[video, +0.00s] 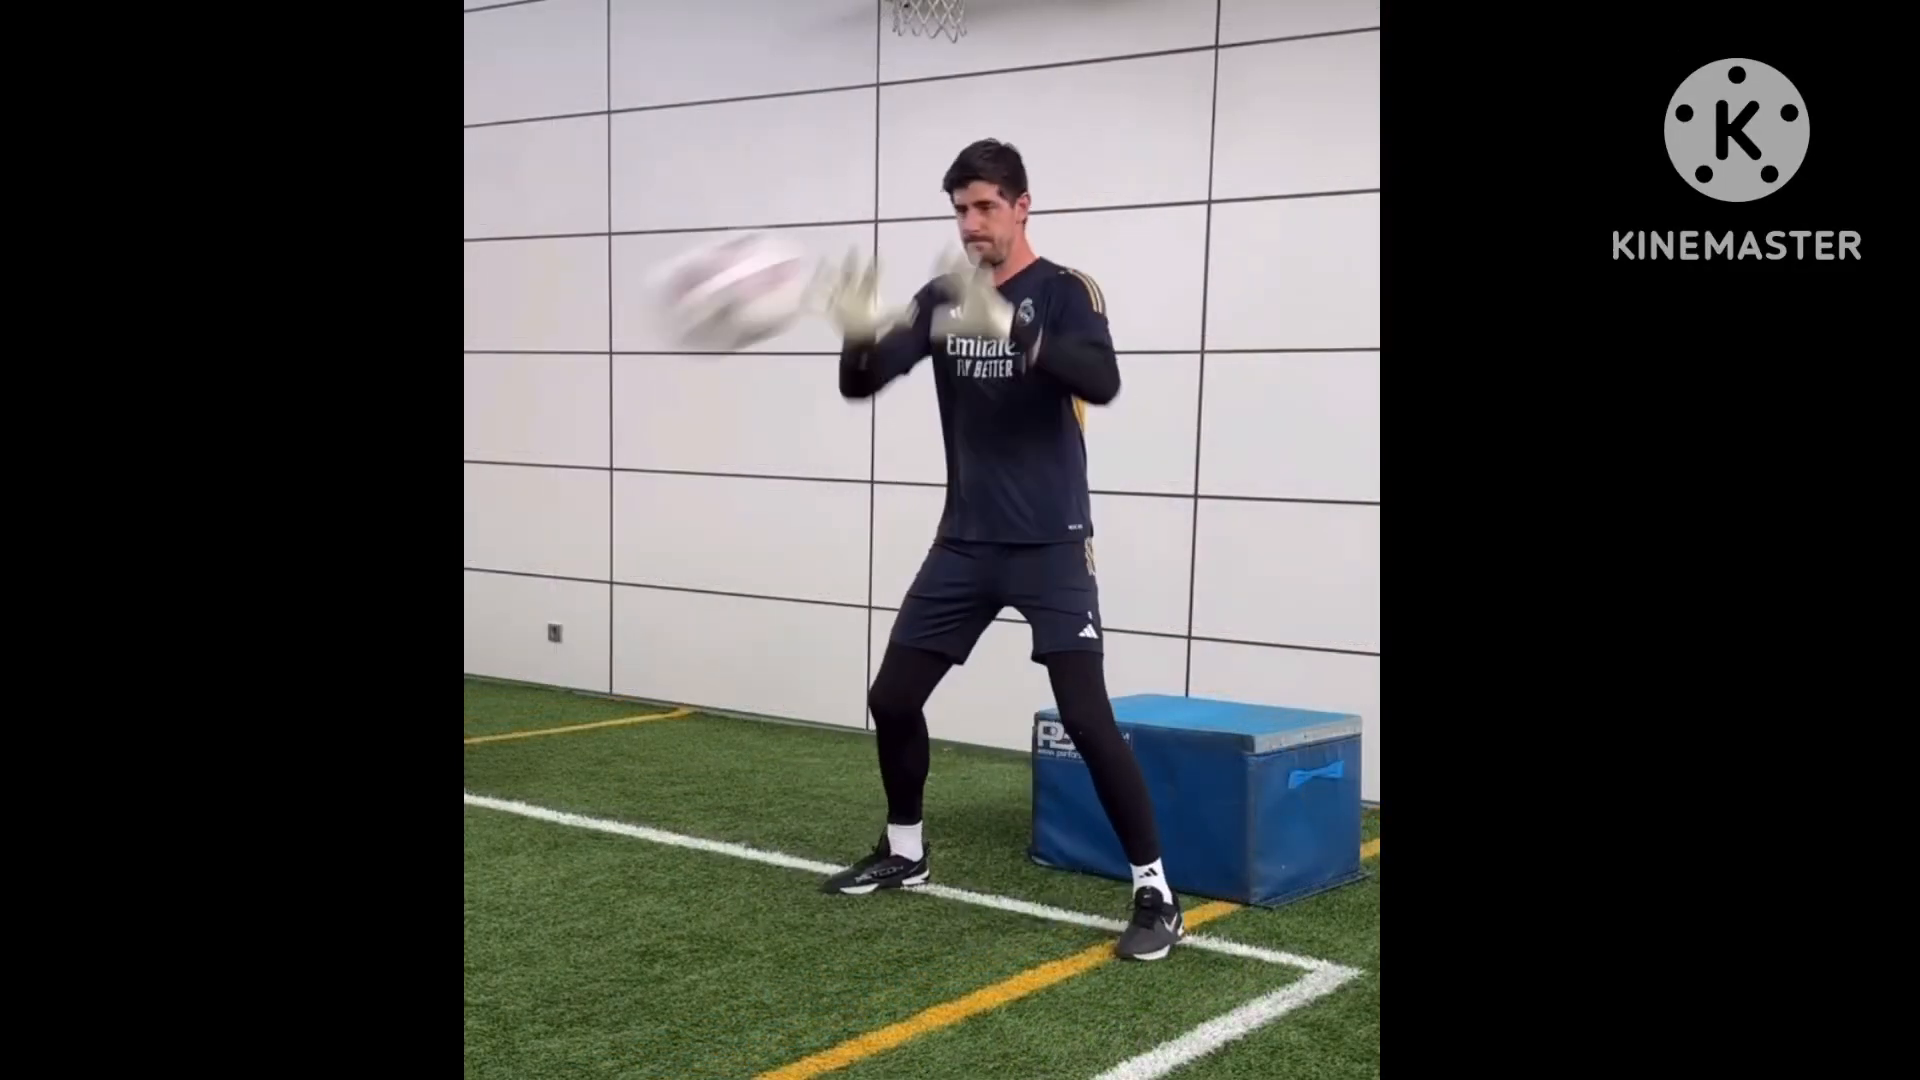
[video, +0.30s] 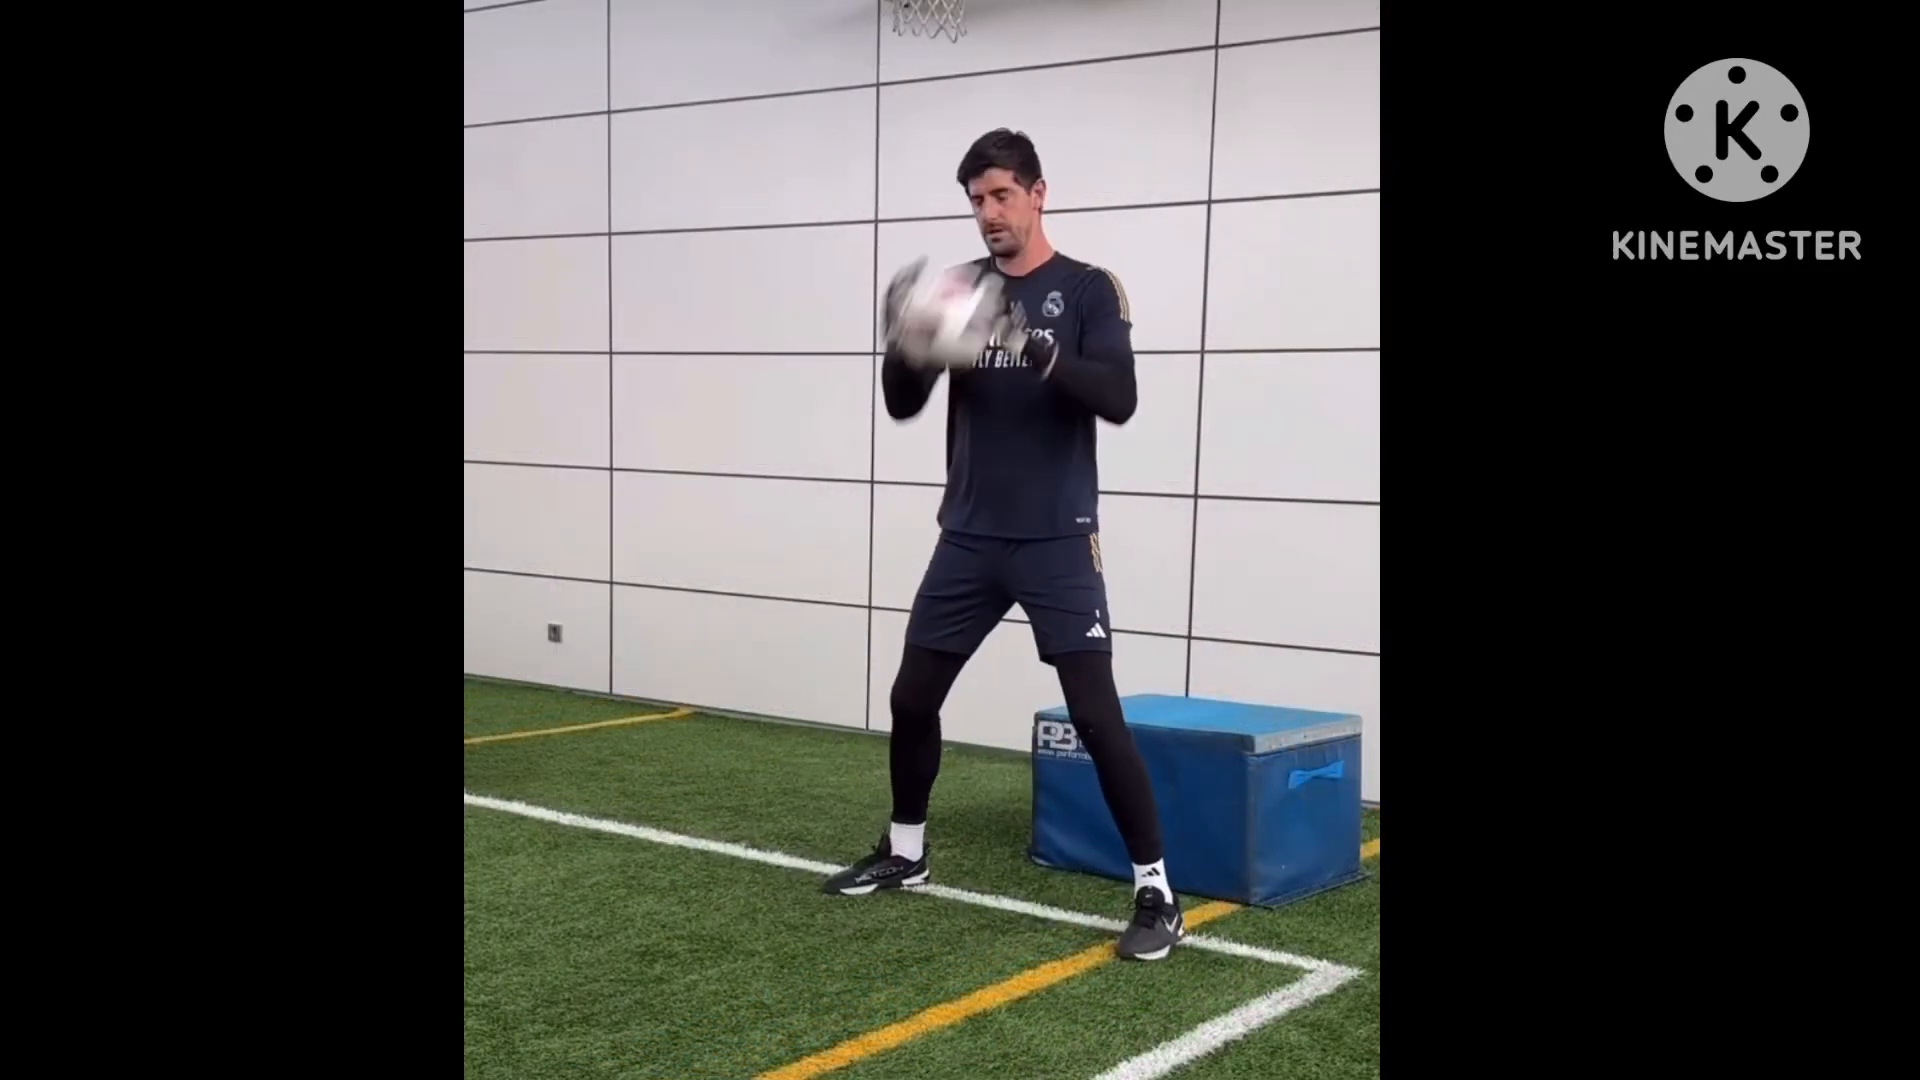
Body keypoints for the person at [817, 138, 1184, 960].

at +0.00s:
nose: (972, 223)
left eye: (985, 207)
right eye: (961, 210)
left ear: (1021, 206)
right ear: (952, 216)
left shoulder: (1064, 290)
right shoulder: (942, 298)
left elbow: (1101, 380)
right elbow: (857, 382)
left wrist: (1010, 330)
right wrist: (860, 334)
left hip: (1051, 543)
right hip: (964, 541)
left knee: (1086, 716)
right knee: (893, 698)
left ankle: (1152, 890)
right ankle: (903, 853)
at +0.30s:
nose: (988, 212)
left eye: (1001, 195)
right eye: (977, 200)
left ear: (1038, 194)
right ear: (970, 209)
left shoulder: (1087, 290)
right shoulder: (959, 294)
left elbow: (1119, 399)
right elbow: (903, 403)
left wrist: (1033, 349)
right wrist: (911, 333)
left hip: (1057, 540)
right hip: (967, 537)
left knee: (1095, 713)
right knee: (913, 699)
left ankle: (1153, 891)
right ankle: (903, 853)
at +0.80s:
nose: (860, 207)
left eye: (874, 193)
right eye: (855, 195)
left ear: (913, 201)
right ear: (852, 207)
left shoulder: (963, 292)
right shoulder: (853, 310)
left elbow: (1030, 412)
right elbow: (856, 411)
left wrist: (995, 516)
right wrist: (848, 501)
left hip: (962, 522)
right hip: (887, 525)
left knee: (986, 677)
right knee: (843, 675)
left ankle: (1071, 845)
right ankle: (897, 818)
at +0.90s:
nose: (873, 224)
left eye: (886, 209)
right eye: (866, 211)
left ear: (925, 214)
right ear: (862, 224)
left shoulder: (983, 308)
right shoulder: (866, 326)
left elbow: (1052, 426)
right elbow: (864, 432)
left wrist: (1036, 533)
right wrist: (849, 526)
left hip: (986, 536)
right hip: (903, 540)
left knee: (1037, 696)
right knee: (843, 684)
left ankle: (1107, 858)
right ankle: (898, 820)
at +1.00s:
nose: (894, 216)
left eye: (908, 201)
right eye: (886, 204)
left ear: (946, 204)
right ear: (883, 213)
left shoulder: (1007, 296)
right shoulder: (880, 314)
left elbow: (1076, 406)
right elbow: (859, 404)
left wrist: (1024, 473)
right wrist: (838, 465)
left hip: (1002, 522)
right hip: (918, 523)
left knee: (1040, 687)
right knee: (858, 680)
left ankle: (1105, 856)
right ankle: (898, 819)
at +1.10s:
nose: (922, 209)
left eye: (934, 194)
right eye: (913, 197)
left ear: (972, 194)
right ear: (908, 205)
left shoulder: (1020, 278)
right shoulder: (899, 296)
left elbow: (1055, 370)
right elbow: (831, 393)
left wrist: (964, 372)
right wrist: (816, 365)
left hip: (1010, 522)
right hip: (924, 523)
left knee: (1049, 687)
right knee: (866, 678)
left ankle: (1104, 854)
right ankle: (900, 818)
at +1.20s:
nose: (943, 205)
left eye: (954, 189)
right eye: (933, 193)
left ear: (993, 187)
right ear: (929, 201)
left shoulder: (1038, 263)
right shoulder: (919, 284)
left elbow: (997, 332)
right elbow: (849, 376)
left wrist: (880, 297)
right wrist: (798, 317)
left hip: (1016, 511)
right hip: (928, 512)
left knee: (1058, 688)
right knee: (880, 679)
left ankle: (1105, 855)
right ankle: (903, 819)